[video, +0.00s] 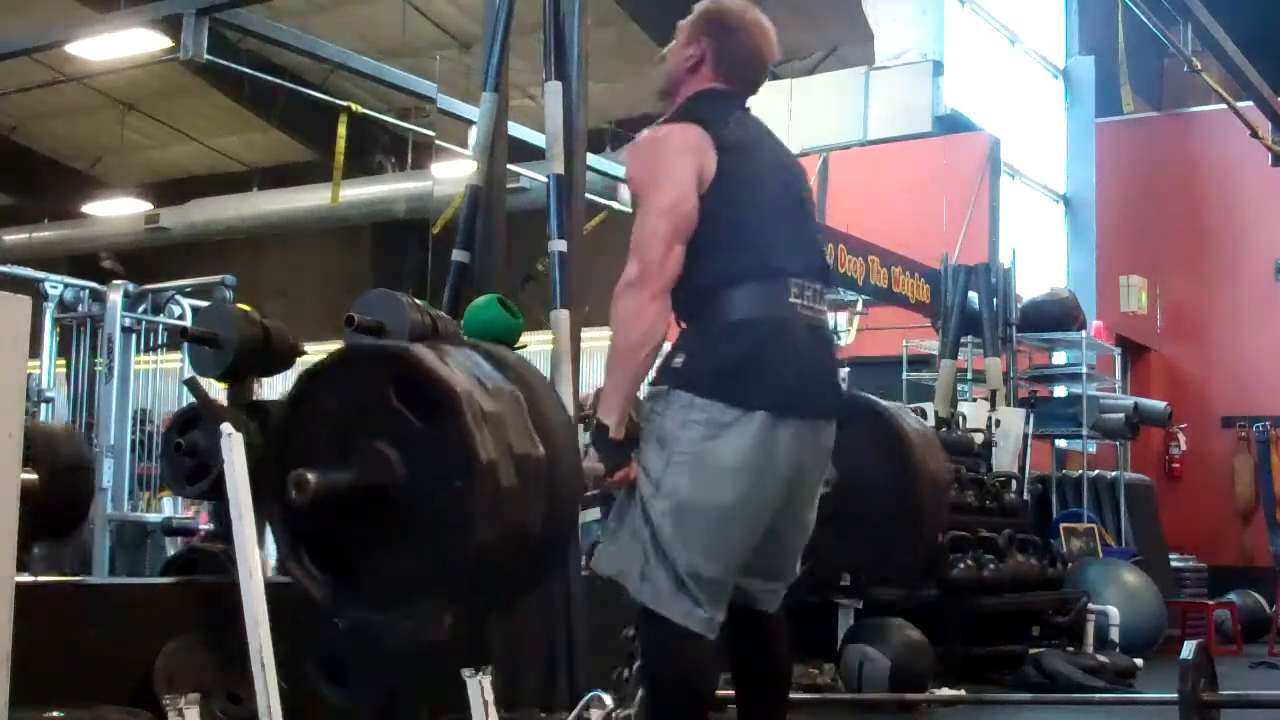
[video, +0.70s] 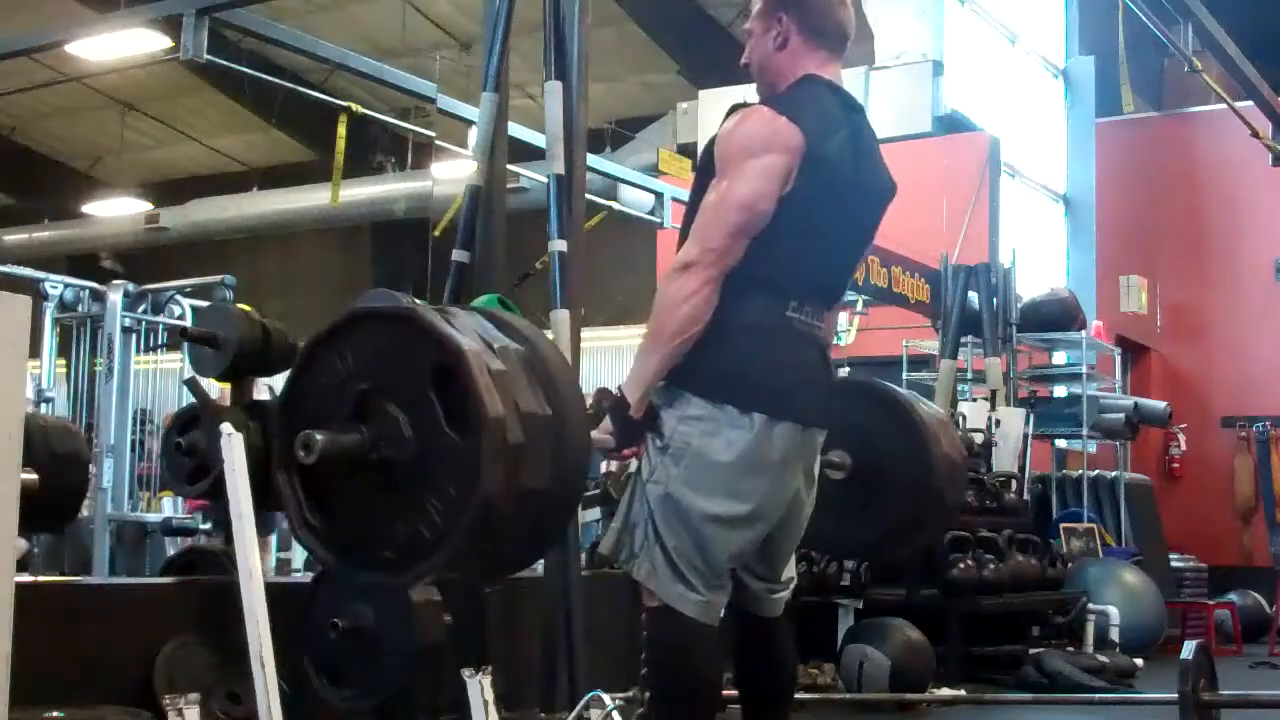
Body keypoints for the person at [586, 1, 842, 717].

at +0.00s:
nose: (662, 54)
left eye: (674, 41)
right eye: (671, 40)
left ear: (697, 53)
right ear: (741, 71)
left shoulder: (675, 138)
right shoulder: (774, 154)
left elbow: (649, 277)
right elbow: (758, 292)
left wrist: (614, 411)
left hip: (731, 376)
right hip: (813, 383)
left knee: (676, 602)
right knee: (758, 600)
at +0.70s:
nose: (742, 54)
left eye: (748, 34)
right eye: (744, 37)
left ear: (782, 30)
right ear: (834, 42)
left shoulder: (767, 124)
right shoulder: (863, 149)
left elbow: (700, 269)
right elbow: (819, 302)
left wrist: (630, 397)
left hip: (724, 382)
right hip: (801, 390)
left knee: (679, 601)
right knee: (760, 601)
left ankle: (681, 719)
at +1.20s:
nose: (644, 80)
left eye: (650, 64)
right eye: (648, 64)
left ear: (674, 68)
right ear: (731, 78)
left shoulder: (679, 141)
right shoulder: (771, 154)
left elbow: (651, 286)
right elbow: (782, 288)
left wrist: (617, 435)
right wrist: (705, 339)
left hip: (751, 376)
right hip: (822, 377)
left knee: (670, 609)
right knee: (767, 617)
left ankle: (675, 718)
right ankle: (763, 719)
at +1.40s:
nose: (597, 147)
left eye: (603, 132)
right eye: (600, 133)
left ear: (628, 135)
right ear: (677, 145)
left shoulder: (633, 205)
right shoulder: (716, 201)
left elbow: (623, 350)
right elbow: (755, 326)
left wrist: (605, 506)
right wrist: (668, 400)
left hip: (770, 379)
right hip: (854, 383)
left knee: (668, 610)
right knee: (773, 620)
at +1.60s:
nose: (570, 231)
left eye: (576, 216)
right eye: (573, 217)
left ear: (602, 220)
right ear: (652, 224)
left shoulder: (613, 284)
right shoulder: (695, 265)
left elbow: (611, 434)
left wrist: (593, 587)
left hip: (783, 404)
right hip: (869, 400)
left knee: (669, 618)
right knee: (771, 627)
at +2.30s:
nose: (554, 267)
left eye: (556, 250)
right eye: (554, 252)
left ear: (582, 245)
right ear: (635, 241)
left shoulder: (609, 295)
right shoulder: (688, 271)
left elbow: (617, 450)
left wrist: (614, 601)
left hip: (792, 384)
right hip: (876, 384)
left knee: (685, 617)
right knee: (777, 618)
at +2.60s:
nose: (596, 155)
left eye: (601, 140)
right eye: (597, 142)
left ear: (626, 139)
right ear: (674, 146)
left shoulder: (639, 207)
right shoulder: (725, 197)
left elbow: (635, 354)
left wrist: (624, 509)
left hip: (776, 371)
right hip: (862, 374)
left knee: (700, 614)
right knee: (795, 624)